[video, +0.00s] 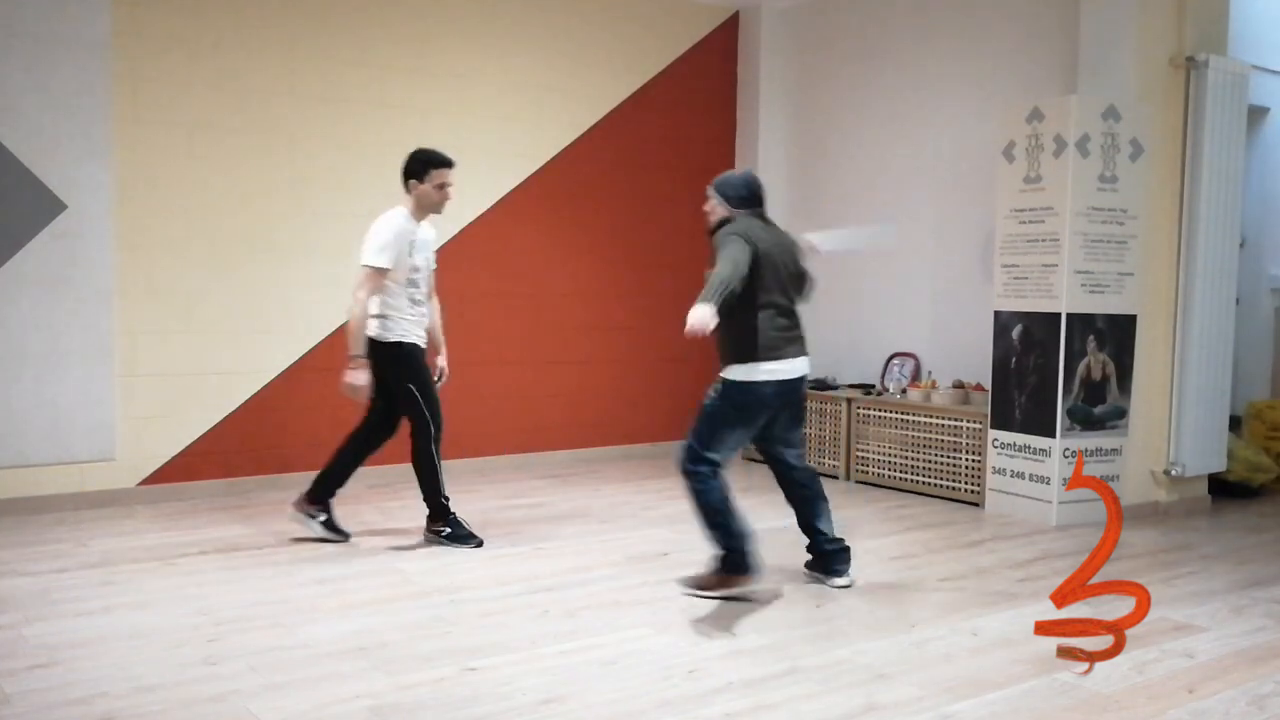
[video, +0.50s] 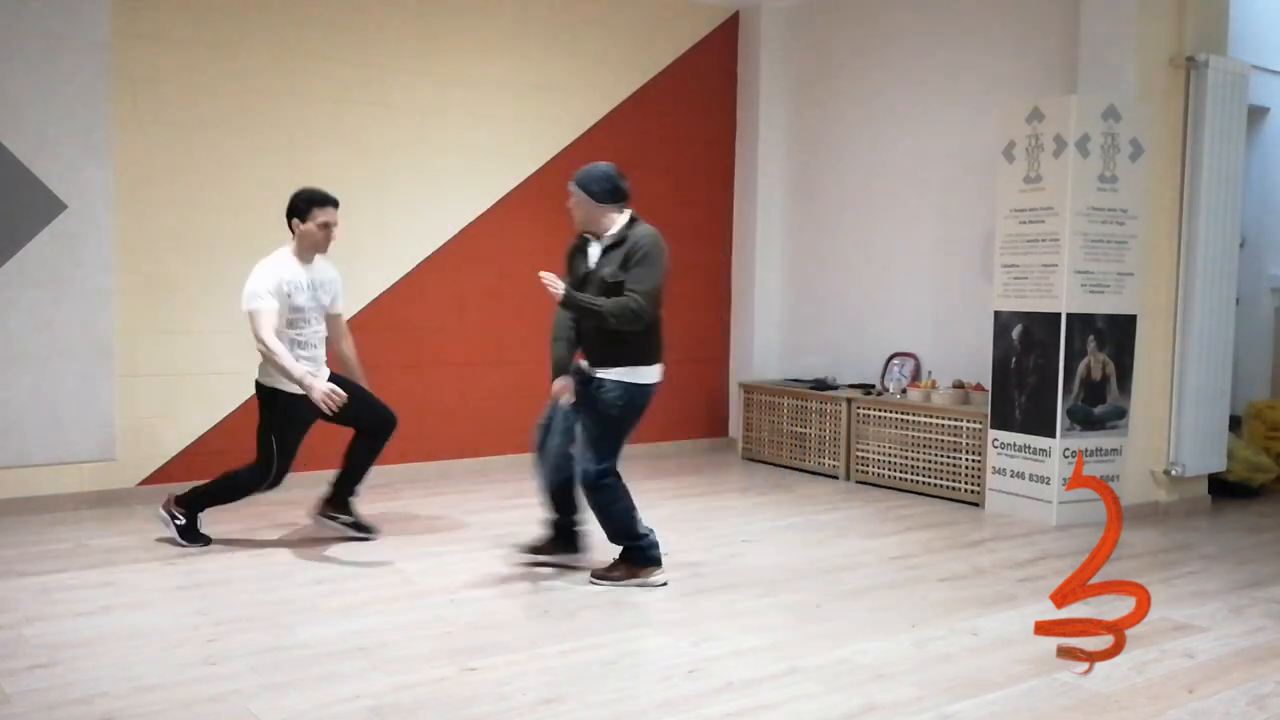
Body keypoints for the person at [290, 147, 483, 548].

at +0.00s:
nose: (448, 194)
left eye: (449, 186)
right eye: (441, 186)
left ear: (426, 187)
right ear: (415, 186)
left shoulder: (427, 232)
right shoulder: (392, 226)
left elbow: (430, 297)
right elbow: (362, 293)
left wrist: (439, 348)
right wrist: (356, 359)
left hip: (410, 346)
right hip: (390, 345)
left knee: (378, 428)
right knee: (429, 423)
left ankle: (314, 501)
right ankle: (440, 518)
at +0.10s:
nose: (422, 193)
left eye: (423, 185)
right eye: (414, 185)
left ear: (407, 189)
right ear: (388, 186)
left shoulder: (401, 234)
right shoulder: (363, 230)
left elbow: (409, 298)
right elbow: (332, 292)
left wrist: (430, 350)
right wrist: (317, 352)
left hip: (379, 344)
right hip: (364, 344)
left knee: (349, 428)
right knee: (410, 417)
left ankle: (301, 513)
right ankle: (430, 515)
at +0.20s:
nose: (392, 192)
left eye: (394, 184)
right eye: (384, 184)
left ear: (386, 186)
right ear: (358, 185)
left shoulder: (380, 233)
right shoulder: (331, 230)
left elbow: (395, 298)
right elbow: (300, 297)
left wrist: (421, 351)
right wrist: (289, 361)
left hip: (356, 344)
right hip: (335, 343)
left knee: (333, 434)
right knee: (388, 415)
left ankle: (297, 519)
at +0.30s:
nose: (361, 191)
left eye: (362, 183)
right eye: (353, 184)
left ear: (359, 185)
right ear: (326, 184)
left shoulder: (358, 229)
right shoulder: (302, 232)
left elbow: (377, 294)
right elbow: (279, 297)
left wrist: (403, 347)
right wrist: (286, 357)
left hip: (348, 354)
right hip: (316, 353)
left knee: (350, 434)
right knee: (330, 433)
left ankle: (299, 518)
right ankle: (243, 491)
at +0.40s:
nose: (336, 209)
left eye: (338, 201)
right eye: (328, 201)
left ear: (337, 202)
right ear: (301, 202)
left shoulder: (337, 250)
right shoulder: (278, 251)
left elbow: (357, 313)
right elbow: (262, 315)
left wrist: (387, 362)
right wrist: (296, 364)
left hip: (333, 372)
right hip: (293, 375)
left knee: (370, 432)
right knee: (267, 455)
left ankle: (310, 506)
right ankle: (186, 504)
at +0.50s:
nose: (332, 235)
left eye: (334, 226)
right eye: (325, 226)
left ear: (334, 225)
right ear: (298, 225)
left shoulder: (326, 273)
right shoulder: (268, 274)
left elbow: (341, 338)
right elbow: (266, 340)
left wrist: (362, 390)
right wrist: (309, 383)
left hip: (321, 383)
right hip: (281, 390)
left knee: (380, 422)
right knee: (269, 473)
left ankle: (336, 504)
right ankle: (183, 506)